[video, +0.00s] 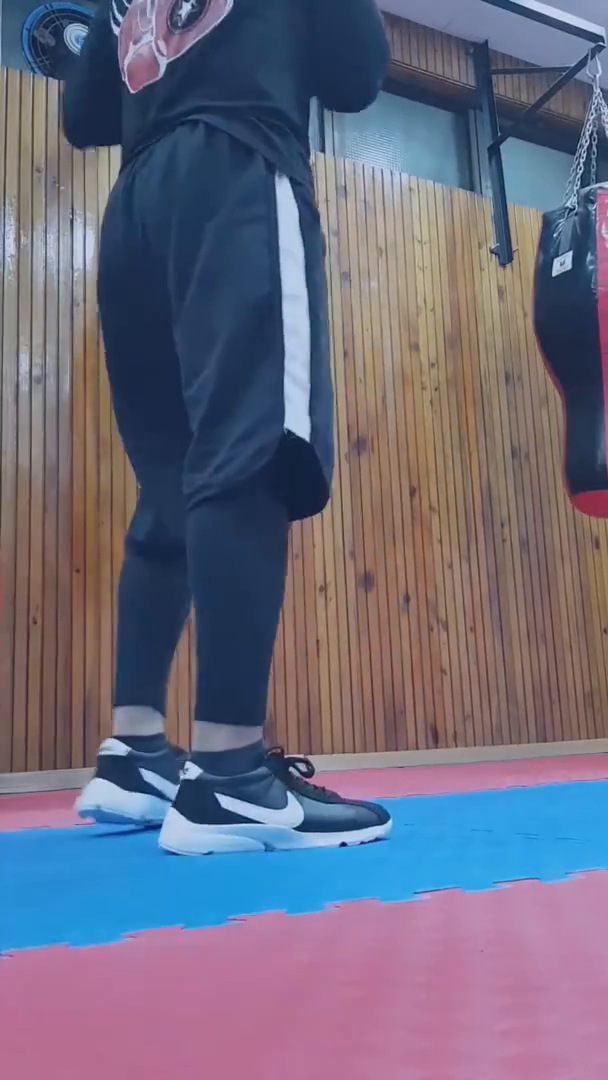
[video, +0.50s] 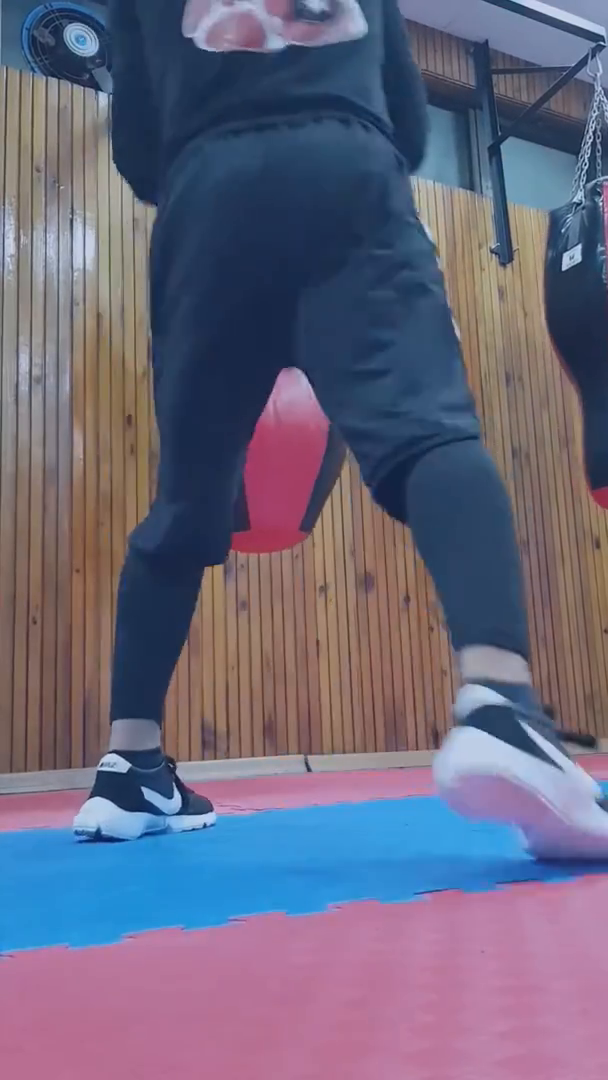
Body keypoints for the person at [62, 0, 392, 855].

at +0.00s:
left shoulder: (133, 7)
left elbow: (88, 119)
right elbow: (352, 80)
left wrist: (91, 39)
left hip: (134, 189)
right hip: (237, 174)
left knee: (170, 484)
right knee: (244, 467)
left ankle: (134, 755)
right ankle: (231, 771)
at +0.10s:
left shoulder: (133, 13)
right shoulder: (309, 1)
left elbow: (115, 140)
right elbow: (351, 89)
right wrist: (258, 52)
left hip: (135, 185)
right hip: (249, 165)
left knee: (157, 480)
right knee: (280, 463)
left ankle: (127, 766)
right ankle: (236, 766)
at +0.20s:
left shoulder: (129, 12)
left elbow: (129, 108)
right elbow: (352, 105)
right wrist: (252, 76)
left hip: (133, 182)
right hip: (252, 164)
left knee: (147, 468)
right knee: (362, 452)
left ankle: (124, 766)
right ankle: (272, 719)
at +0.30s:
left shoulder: (117, 18)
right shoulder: (306, 1)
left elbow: (131, 136)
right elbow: (358, 98)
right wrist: (296, 164)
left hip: (149, 189)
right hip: (267, 158)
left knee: (154, 474)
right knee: (411, 429)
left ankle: (126, 766)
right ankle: (345, 680)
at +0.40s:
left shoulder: (122, 10)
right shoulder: (327, 4)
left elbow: (132, 125)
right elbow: (371, 88)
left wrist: (183, 183)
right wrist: (333, 148)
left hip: (173, 172)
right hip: (299, 135)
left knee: (167, 472)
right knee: (418, 421)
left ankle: (128, 764)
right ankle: (430, 670)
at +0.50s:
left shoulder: (148, 7)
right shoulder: (360, 2)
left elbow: (134, 131)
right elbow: (407, 117)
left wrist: (196, 196)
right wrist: (359, 185)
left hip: (213, 177)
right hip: (350, 156)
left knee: (187, 499)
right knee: (432, 433)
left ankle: (129, 765)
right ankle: (499, 703)